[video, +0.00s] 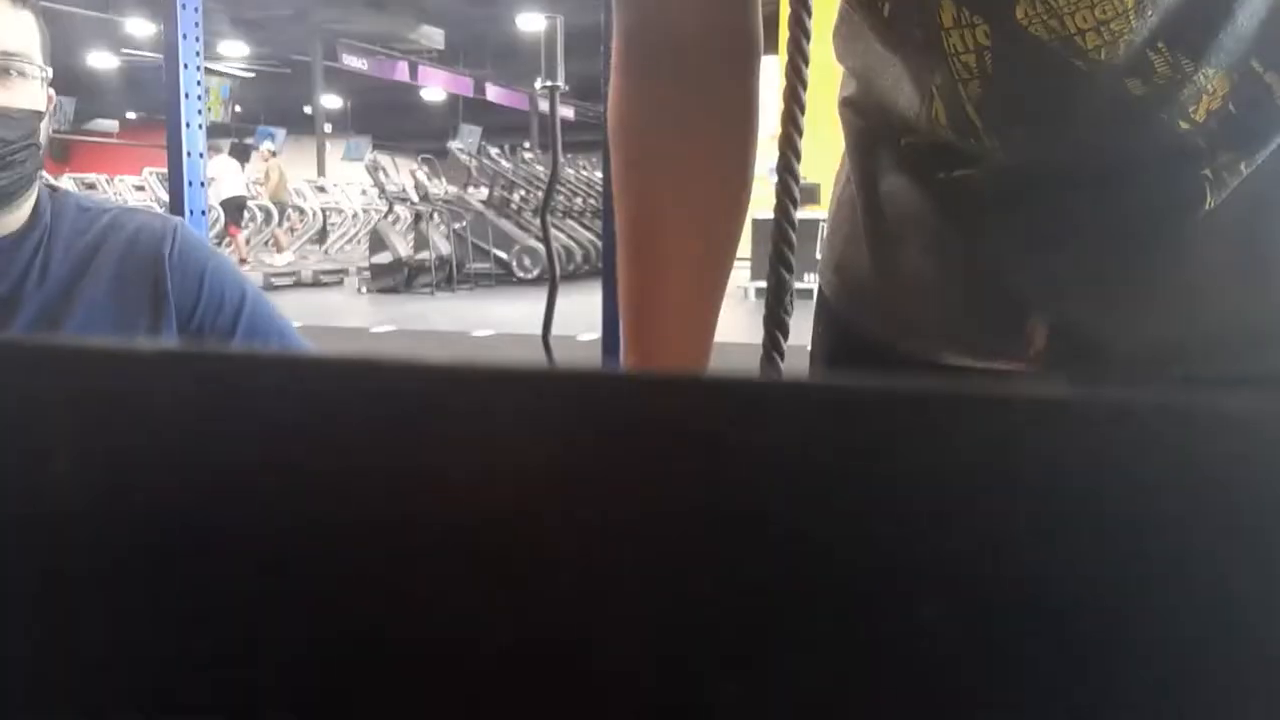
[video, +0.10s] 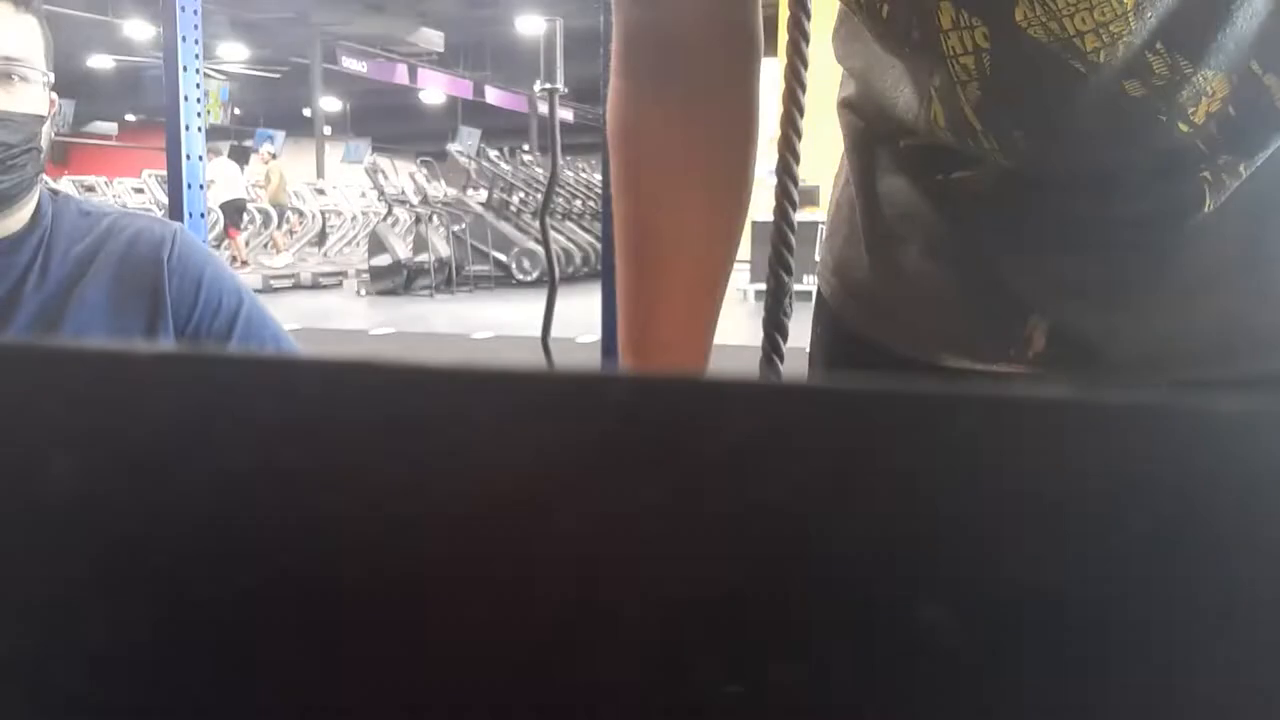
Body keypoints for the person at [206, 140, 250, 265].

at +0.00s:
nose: (208, 156)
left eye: (208, 154)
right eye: (208, 154)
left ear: (211, 152)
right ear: (222, 151)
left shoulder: (213, 162)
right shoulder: (234, 161)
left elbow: (209, 179)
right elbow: (242, 178)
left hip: (226, 195)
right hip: (241, 193)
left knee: (231, 226)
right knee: (236, 227)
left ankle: (243, 257)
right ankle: (240, 255)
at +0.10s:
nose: (207, 160)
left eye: (207, 157)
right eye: (207, 158)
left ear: (211, 155)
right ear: (222, 154)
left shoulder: (213, 165)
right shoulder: (233, 164)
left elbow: (208, 182)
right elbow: (242, 181)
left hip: (225, 198)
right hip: (241, 196)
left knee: (231, 229)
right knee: (232, 229)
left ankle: (243, 260)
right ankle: (236, 258)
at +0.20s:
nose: (209, 157)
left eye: (209, 155)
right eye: (209, 155)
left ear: (212, 153)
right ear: (223, 152)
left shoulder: (213, 163)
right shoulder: (234, 162)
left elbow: (209, 181)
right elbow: (245, 180)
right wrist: (253, 194)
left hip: (227, 197)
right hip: (242, 195)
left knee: (235, 229)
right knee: (232, 230)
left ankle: (246, 257)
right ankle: (228, 255)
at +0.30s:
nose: (208, 157)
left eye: (209, 155)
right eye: (208, 155)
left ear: (212, 154)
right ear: (223, 153)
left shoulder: (213, 163)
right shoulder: (234, 163)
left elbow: (208, 182)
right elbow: (245, 180)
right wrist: (253, 195)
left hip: (227, 198)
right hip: (241, 197)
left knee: (236, 230)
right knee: (229, 231)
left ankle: (247, 258)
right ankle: (225, 256)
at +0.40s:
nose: (209, 156)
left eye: (210, 154)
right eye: (209, 154)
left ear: (213, 153)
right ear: (225, 152)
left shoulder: (213, 164)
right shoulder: (235, 163)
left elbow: (208, 181)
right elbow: (245, 182)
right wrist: (253, 194)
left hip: (225, 198)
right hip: (240, 197)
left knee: (233, 230)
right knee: (228, 231)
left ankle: (249, 257)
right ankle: (225, 256)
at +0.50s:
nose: (208, 155)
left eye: (209, 152)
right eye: (209, 153)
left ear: (212, 151)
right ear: (225, 151)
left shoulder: (212, 162)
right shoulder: (235, 163)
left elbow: (207, 180)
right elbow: (246, 182)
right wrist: (254, 195)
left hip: (223, 198)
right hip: (239, 198)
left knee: (230, 230)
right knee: (231, 230)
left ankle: (247, 254)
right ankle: (226, 257)